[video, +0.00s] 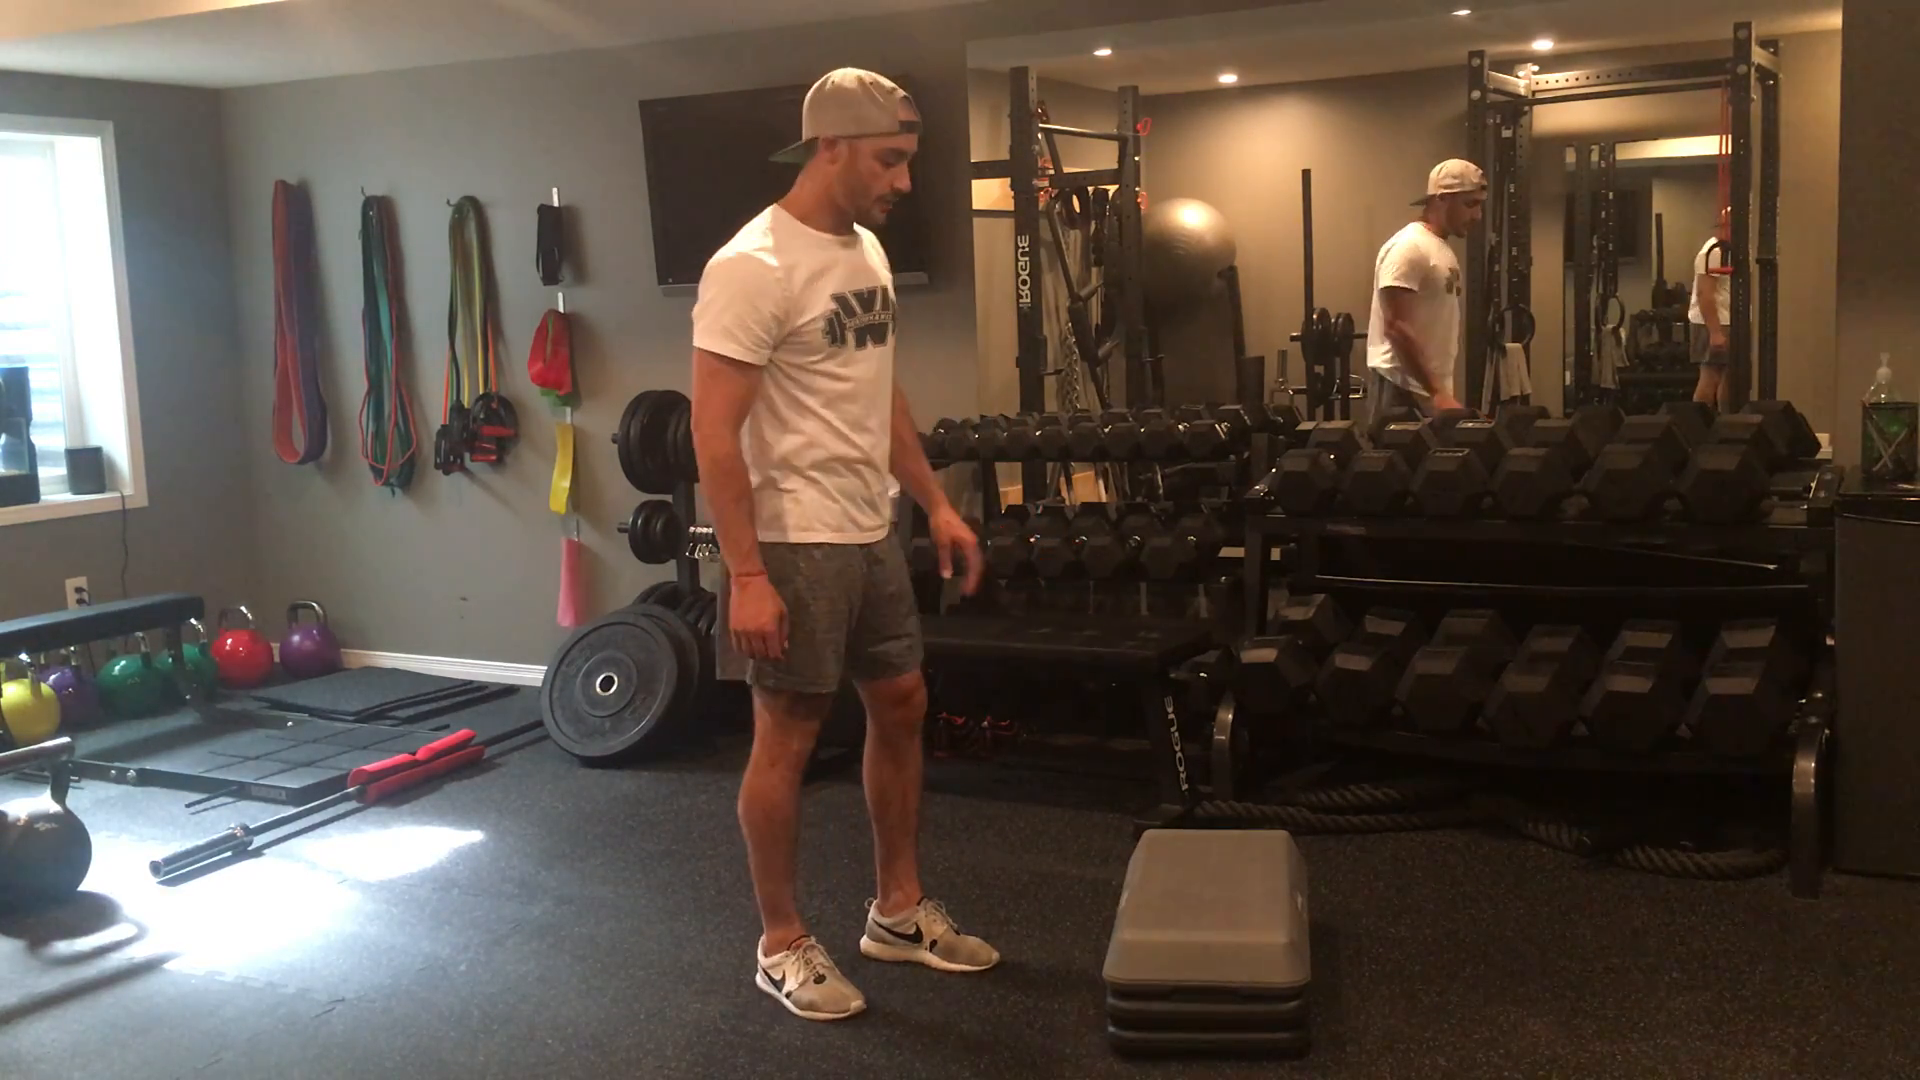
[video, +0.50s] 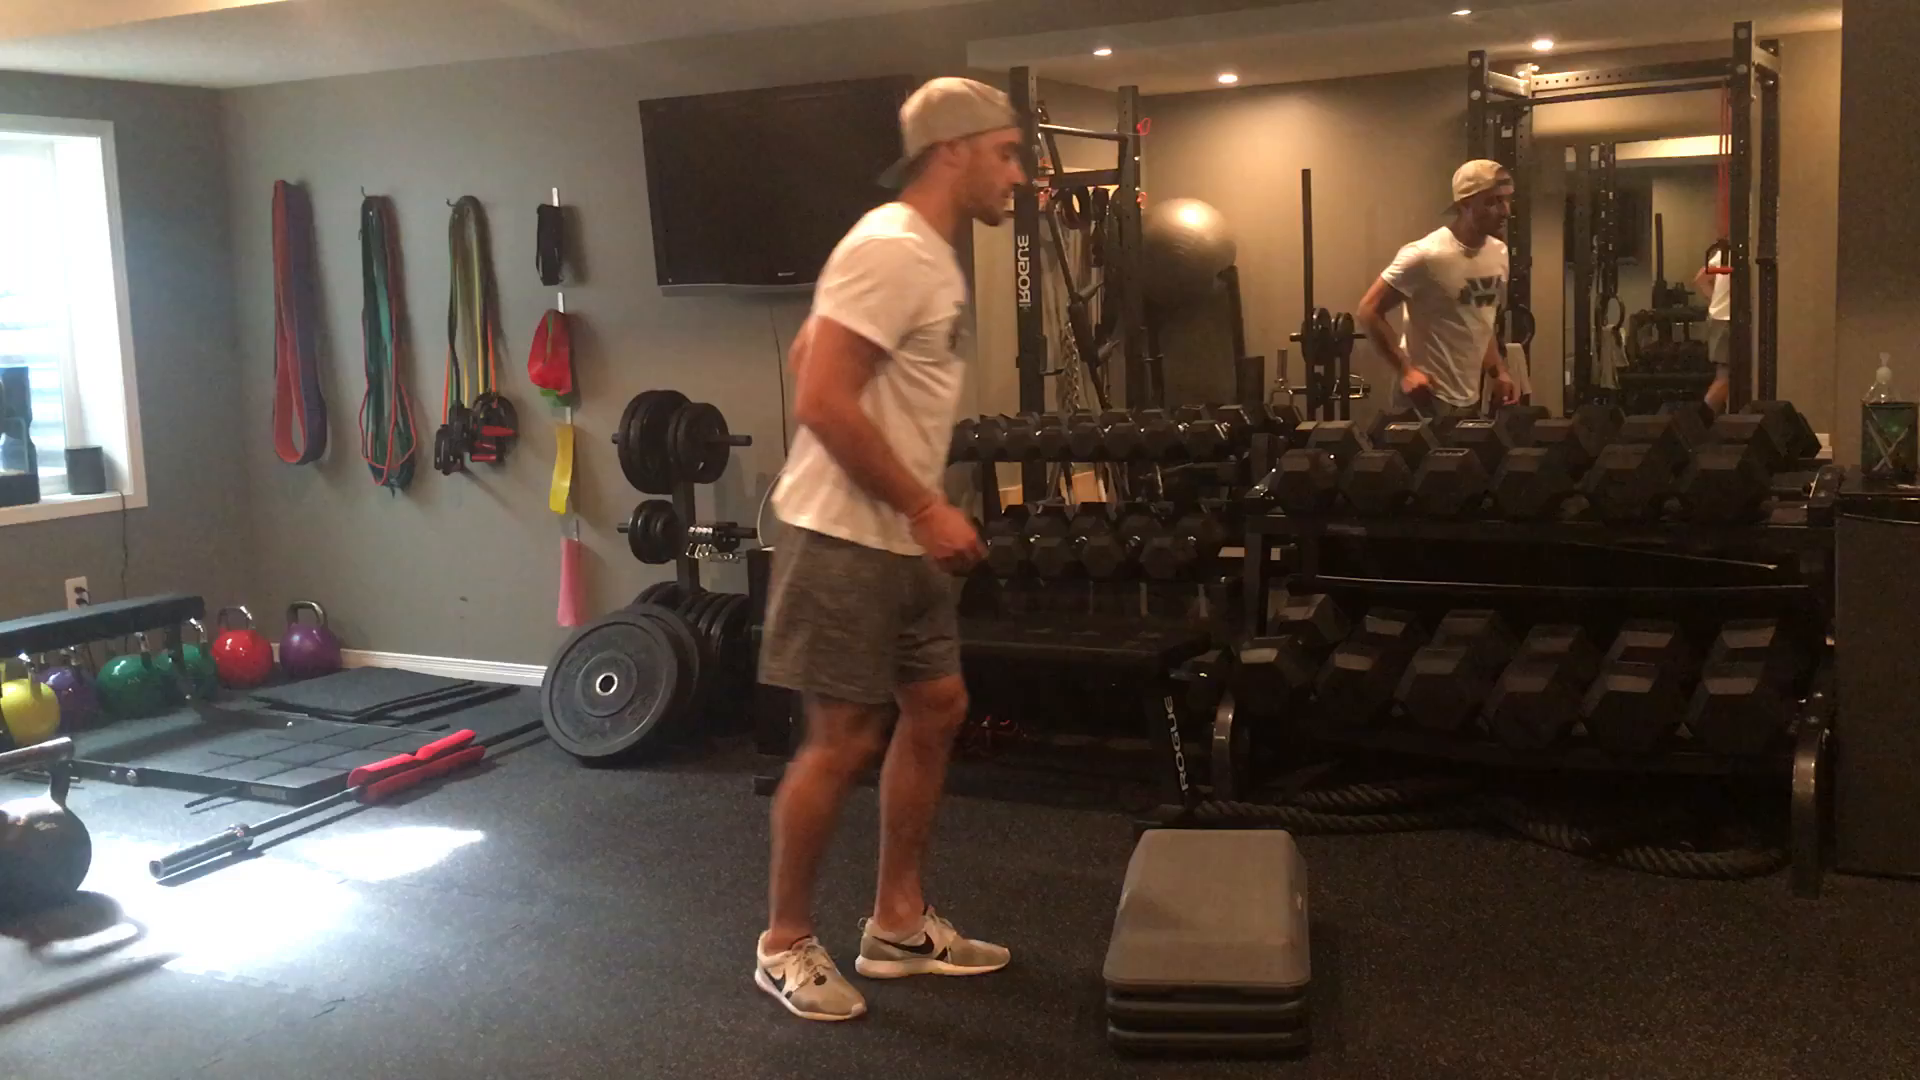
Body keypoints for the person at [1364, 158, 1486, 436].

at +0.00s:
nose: (1477, 215)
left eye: (1479, 205)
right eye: (1471, 204)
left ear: (1444, 199)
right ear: (1443, 199)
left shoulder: (1440, 249)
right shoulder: (1409, 247)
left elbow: (1429, 327)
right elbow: (1395, 327)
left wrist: (1444, 394)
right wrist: (1438, 392)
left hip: (1428, 394)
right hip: (1400, 392)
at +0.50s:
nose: (1507, 211)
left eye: (1509, 201)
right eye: (1497, 202)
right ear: (1468, 204)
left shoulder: (1499, 252)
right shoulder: (1423, 255)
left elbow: (1482, 323)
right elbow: (1368, 311)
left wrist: (1499, 371)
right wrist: (1406, 370)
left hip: (1469, 404)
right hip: (1426, 403)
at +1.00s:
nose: (1582, 157)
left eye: (1582, 147)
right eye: (1570, 147)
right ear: (1537, 153)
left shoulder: (1568, 217)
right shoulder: (1496, 216)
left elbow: (1555, 286)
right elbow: (1453, 287)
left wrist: (1578, 319)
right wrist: (1522, 317)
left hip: (1557, 364)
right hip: (1504, 367)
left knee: (1589, 441)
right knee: (1514, 461)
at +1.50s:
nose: (1584, 168)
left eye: (1586, 157)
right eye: (1574, 156)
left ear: (1588, 160)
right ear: (1544, 159)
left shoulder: (1571, 214)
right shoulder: (1501, 212)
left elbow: (1546, 284)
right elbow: (1449, 277)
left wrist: (1566, 319)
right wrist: (1523, 305)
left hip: (1534, 359)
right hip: (1492, 358)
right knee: (1557, 438)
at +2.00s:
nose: (1591, 185)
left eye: (1591, 174)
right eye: (1581, 175)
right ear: (1550, 182)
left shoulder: (1569, 234)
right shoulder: (1507, 236)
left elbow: (1550, 300)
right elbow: (1473, 308)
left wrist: (1567, 337)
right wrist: (1554, 317)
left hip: (1546, 372)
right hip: (1497, 382)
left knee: (1602, 412)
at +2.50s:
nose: (1598, 149)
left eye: (1597, 139)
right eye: (1585, 139)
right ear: (1553, 146)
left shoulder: (1576, 201)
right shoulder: (1518, 207)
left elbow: (1556, 278)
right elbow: (1477, 283)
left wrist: (1586, 300)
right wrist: (1557, 303)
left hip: (1562, 348)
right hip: (1513, 353)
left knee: (1605, 424)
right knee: (1525, 456)